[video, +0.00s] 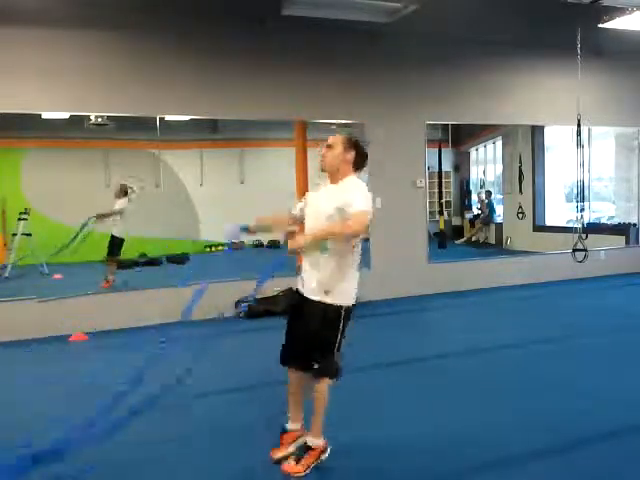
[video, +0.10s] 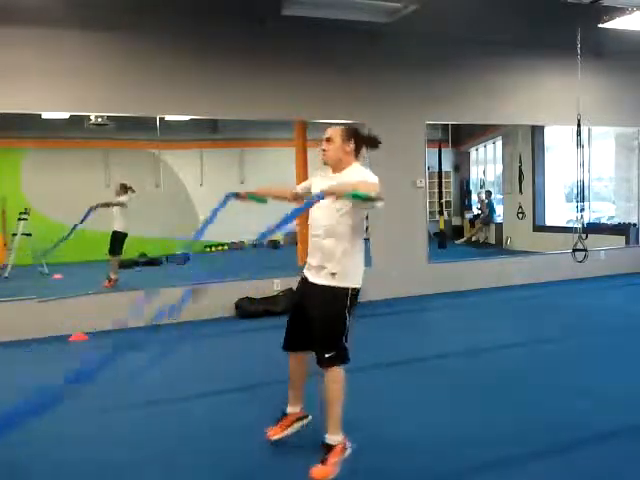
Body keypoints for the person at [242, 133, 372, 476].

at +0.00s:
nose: (322, 152)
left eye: (330, 146)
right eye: (323, 146)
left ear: (350, 156)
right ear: (327, 156)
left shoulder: (357, 190)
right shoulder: (320, 192)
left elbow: (358, 226)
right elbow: (296, 220)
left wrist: (313, 236)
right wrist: (263, 224)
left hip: (335, 296)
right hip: (306, 290)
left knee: (321, 370)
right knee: (295, 363)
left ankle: (316, 441)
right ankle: (295, 429)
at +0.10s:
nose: (322, 147)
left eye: (329, 141)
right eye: (322, 141)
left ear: (350, 147)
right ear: (328, 148)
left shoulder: (361, 175)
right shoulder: (320, 178)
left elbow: (372, 190)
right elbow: (293, 194)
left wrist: (341, 190)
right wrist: (253, 193)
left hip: (340, 282)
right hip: (311, 277)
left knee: (331, 361)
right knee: (296, 345)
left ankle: (335, 442)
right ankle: (295, 413)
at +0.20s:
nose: (314, 156)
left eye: (320, 151)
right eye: (315, 151)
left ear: (340, 156)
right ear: (329, 156)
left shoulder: (356, 186)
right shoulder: (320, 185)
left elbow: (375, 207)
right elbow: (308, 208)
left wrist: (373, 211)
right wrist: (278, 210)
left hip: (344, 293)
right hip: (315, 287)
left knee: (346, 372)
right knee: (299, 352)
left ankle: (360, 455)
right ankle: (291, 406)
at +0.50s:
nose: (321, 155)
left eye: (327, 148)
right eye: (322, 149)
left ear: (347, 154)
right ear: (332, 156)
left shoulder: (357, 188)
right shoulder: (321, 189)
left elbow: (365, 216)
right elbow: (307, 226)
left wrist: (322, 215)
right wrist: (273, 222)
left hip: (339, 289)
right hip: (311, 284)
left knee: (335, 367)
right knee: (298, 355)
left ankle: (350, 443)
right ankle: (296, 403)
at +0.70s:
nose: (323, 153)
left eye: (330, 147)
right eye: (325, 147)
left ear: (352, 154)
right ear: (343, 155)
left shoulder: (358, 189)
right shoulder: (327, 188)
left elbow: (332, 235)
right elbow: (302, 226)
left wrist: (289, 239)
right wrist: (286, 240)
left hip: (338, 288)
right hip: (313, 282)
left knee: (313, 361)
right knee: (295, 356)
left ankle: (324, 437)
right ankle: (309, 428)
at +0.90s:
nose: (327, 158)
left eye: (335, 152)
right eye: (329, 152)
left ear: (353, 162)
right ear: (337, 161)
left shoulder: (359, 196)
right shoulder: (327, 195)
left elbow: (356, 233)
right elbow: (306, 227)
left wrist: (311, 237)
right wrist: (288, 239)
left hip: (339, 298)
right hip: (315, 292)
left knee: (324, 374)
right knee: (304, 369)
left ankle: (325, 440)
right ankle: (309, 430)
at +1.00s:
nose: (329, 144)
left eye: (336, 138)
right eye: (329, 139)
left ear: (355, 144)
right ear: (334, 146)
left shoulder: (362, 170)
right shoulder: (325, 175)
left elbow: (371, 186)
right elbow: (295, 196)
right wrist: (262, 197)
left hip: (341, 278)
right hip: (313, 273)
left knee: (329, 357)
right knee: (302, 346)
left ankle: (340, 428)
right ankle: (307, 405)